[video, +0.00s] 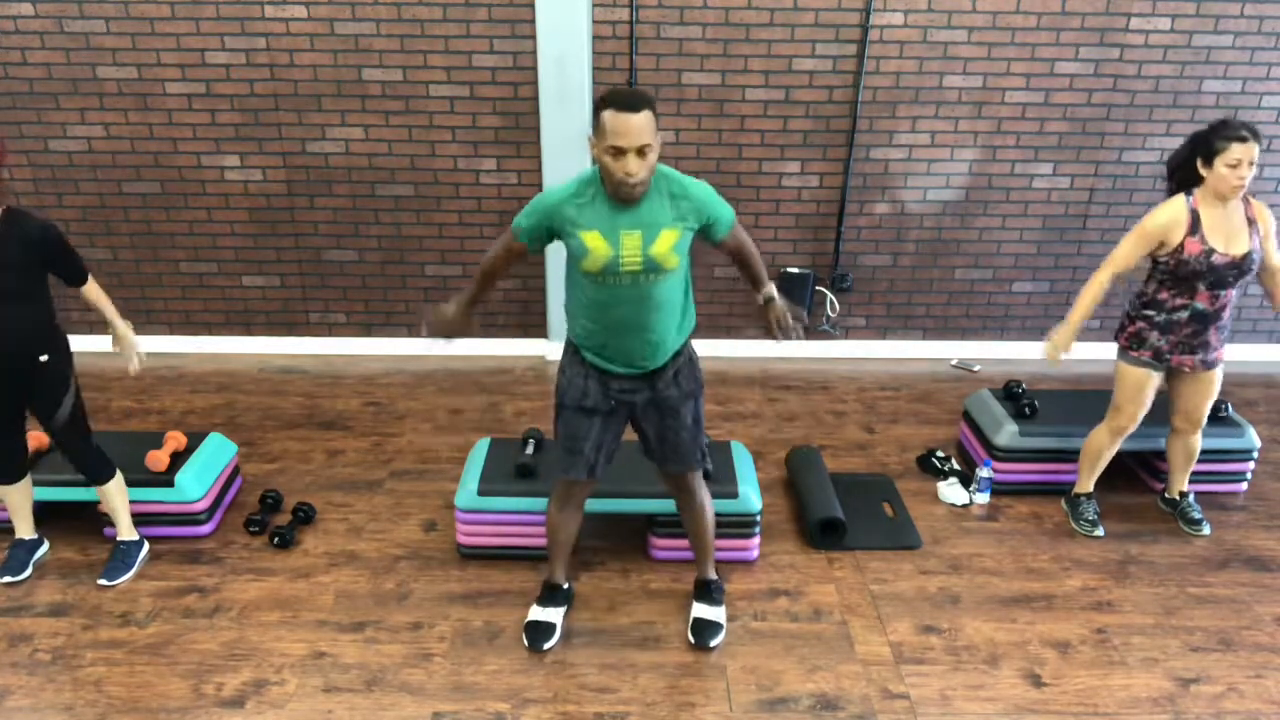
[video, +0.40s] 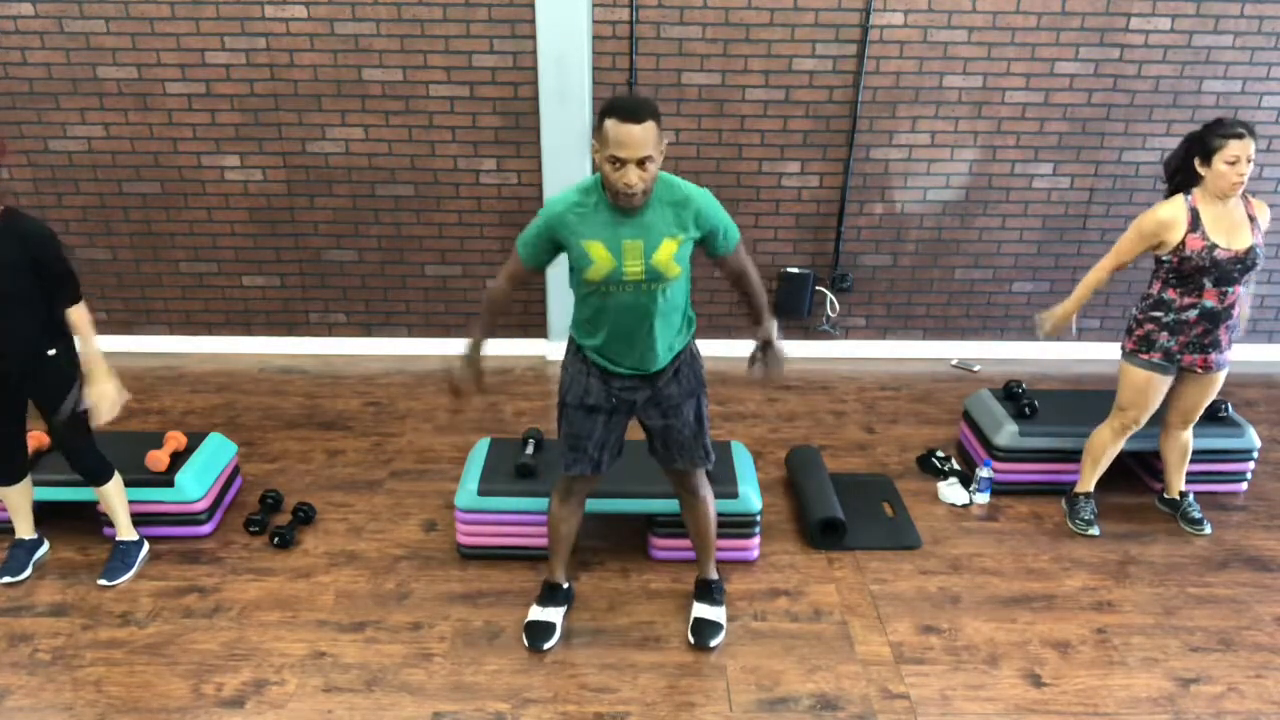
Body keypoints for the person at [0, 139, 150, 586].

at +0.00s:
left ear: (5, 187)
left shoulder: (29, 231)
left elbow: (81, 280)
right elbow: (83, 278)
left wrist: (118, 324)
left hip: (42, 362)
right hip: (3, 372)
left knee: (81, 450)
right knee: (8, 458)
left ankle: (129, 539)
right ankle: (26, 539)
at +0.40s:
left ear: (2, 192)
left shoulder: (27, 234)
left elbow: (72, 302)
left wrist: (97, 371)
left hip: (46, 362)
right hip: (3, 372)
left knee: (82, 452)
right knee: (7, 459)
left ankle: (129, 538)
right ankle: (26, 539)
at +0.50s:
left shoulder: (20, 239)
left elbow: (59, 315)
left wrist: (51, 390)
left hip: (54, 362)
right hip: (7, 371)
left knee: (79, 449)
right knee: (6, 458)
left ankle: (129, 538)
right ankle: (26, 539)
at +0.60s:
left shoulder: (14, 261)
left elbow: (44, 341)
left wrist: (6, 387)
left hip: (68, 348)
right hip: (15, 358)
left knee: (81, 449)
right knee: (2, 451)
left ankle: (129, 539)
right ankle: (25, 539)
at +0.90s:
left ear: (5, 319)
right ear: (3, 320)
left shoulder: (28, 353)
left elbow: (18, 430)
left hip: (99, 400)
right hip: (51, 410)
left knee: (84, 474)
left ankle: (131, 540)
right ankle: (25, 538)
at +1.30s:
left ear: (3, 313)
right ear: (3, 314)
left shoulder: (25, 345)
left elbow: (12, 419)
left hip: (94, 401)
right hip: (45, 410)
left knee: (79, 479)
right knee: (1, 477)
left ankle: (130, 540)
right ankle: (26, 538)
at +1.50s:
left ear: (4, 245)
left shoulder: (18, 279)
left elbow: (18, 360)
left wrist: (3, 426)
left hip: (76, 367)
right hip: (31, 372)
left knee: (80, 467)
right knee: (2, 465)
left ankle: (130, 540)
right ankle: (26, 539)